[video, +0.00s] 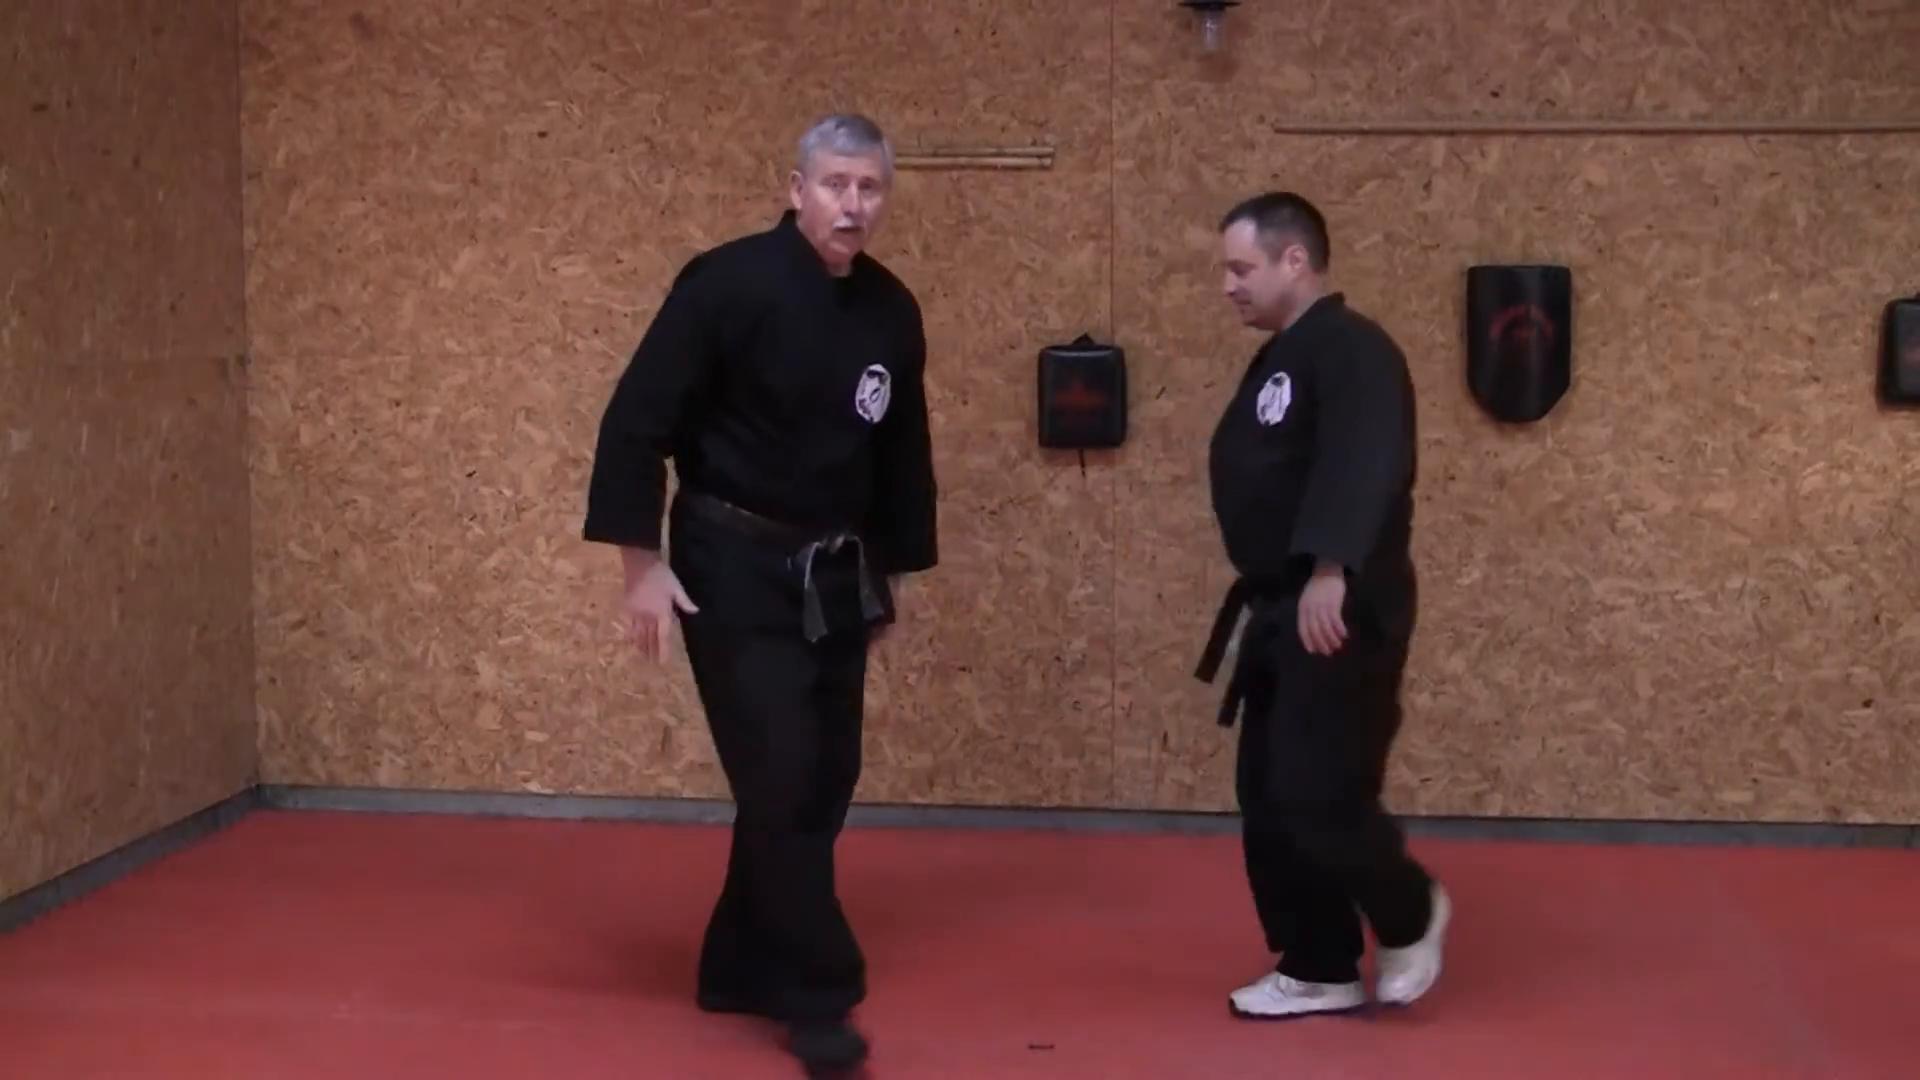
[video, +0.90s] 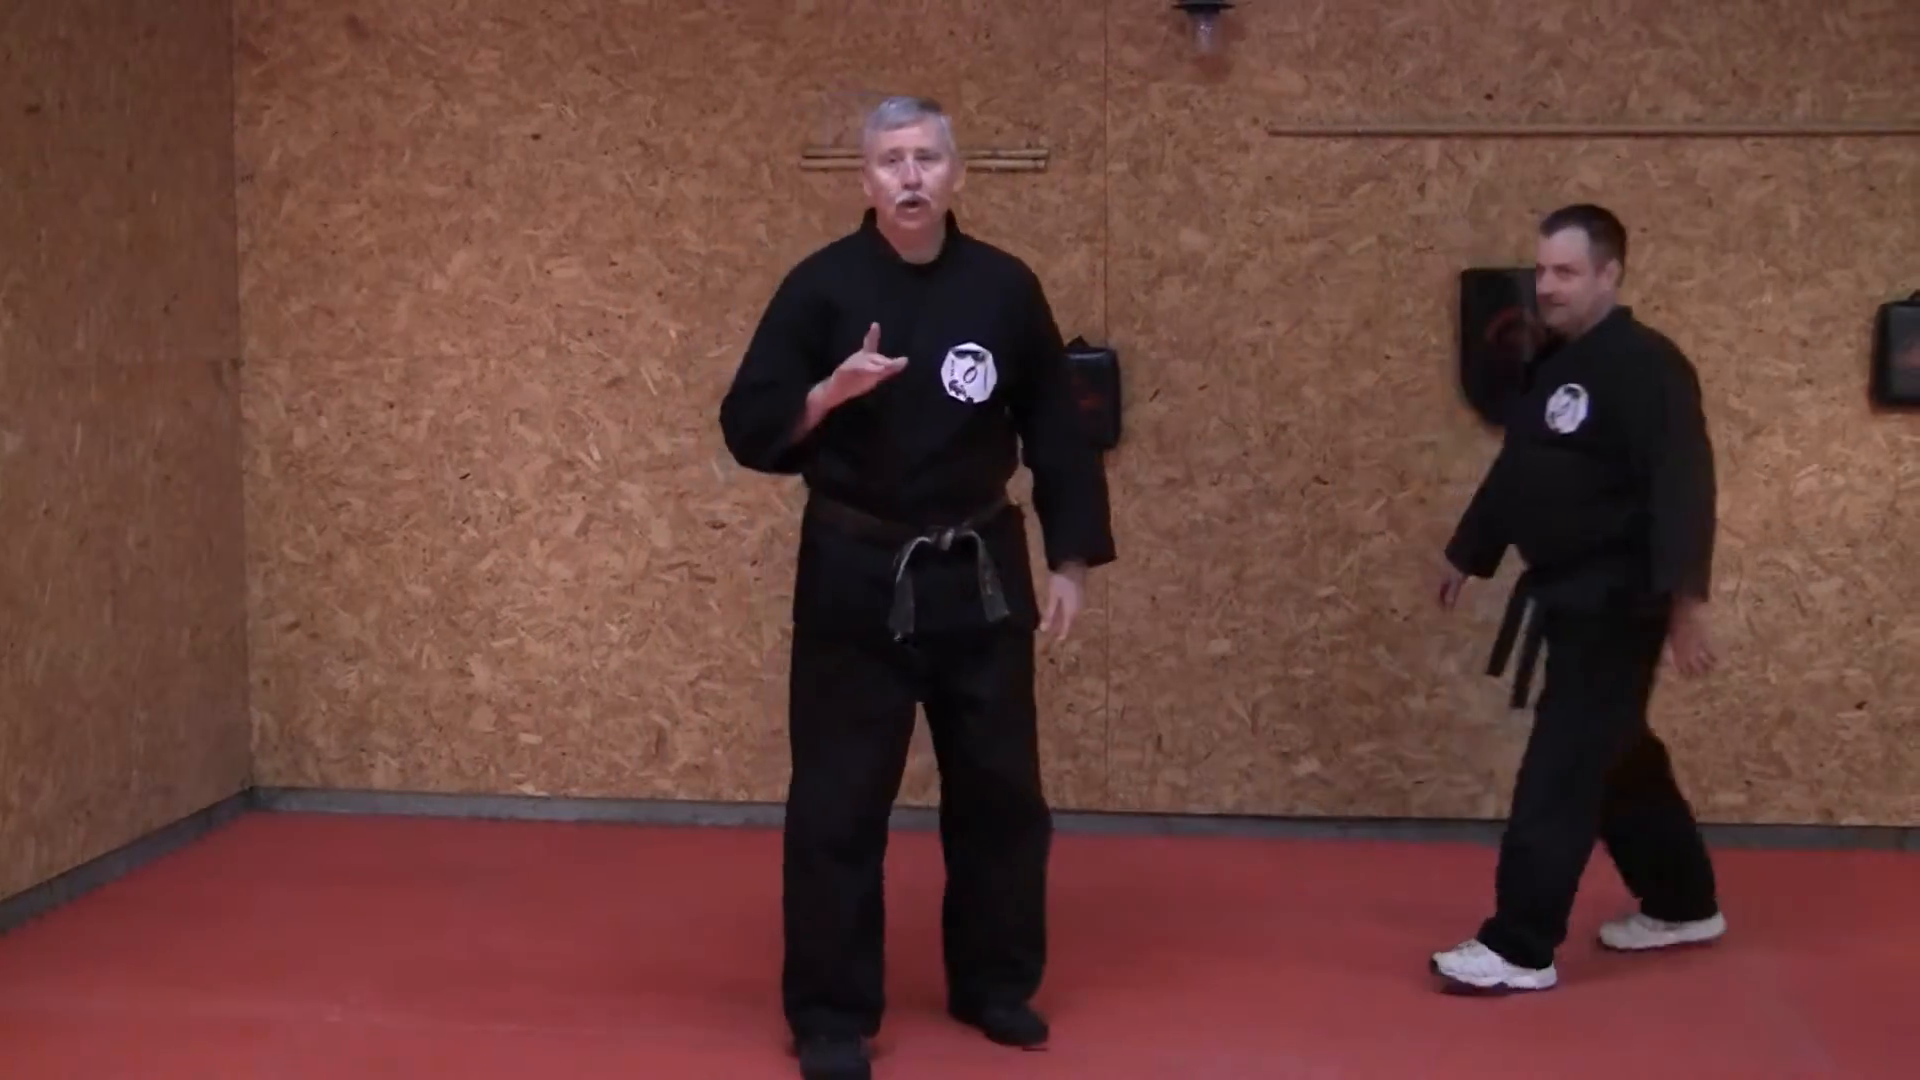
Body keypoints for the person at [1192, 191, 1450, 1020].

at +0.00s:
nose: (1229, 286)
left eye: (1241, 268)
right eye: (1225, 270)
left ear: (1296, 262)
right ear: (1287, 266)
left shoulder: (1354, 349)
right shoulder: (1281, 357)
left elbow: (1366, 460)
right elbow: (1287, 479)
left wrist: (1329, 566)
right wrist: (1264, 592)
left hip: (1352, 598)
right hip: (1288, 598)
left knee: (1320, 787)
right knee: (1269, 789)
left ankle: (1412, 914)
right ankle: (1319, 967)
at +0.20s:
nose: (1295, 300)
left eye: (1307, 282)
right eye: (1290, 285)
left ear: (1360, 273)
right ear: (1347, 280)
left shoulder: (1411, 361)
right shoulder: (1352, 367)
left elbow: (1393, 466)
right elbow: (1341, 481)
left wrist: (1322, 540)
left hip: (1410, 625)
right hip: (1352, 621)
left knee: (1427, 791)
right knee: (1321, 795)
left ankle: (1510, 936)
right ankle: (1323, 965)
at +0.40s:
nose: (1370, 306)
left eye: (1382, 288)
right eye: (1364, 291)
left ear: (1434, 277)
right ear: (1407, 285)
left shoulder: (1487, 367)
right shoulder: (1412, 368)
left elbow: (1465, 492)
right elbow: (1419, 489)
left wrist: (1380, 577)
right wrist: (1394, 572)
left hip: (1492, 620)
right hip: (1423, 616)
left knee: (1495, 788)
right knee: (1380, 784)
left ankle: (1518, 948)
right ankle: (1341, 939)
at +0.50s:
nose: (1403, 300)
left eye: (1415, 283)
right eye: (1398, 285)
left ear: (1466, 271)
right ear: (1445, 279)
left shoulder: (1518, 363)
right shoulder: (1439, 363)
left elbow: (1512, 494)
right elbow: (1451, 491)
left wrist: (1454, 599)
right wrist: (1426, 587)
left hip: (1518, 613)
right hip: (1450, 603)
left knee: (1509, 781)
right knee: (1409, 772)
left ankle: (1519, 950)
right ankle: (1403, 931)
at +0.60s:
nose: (1437, 288)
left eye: (1450, 272)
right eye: (1432, 273)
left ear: (1503, 266)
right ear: (1444, 273)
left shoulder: (1552, 364)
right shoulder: (1469, 356)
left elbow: (1556, 494)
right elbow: (1474, 489)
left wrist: (1545, 612)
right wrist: (1453, 594)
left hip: (1533, 611)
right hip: (1473, 603)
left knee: (1519, 777)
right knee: (1444, 762)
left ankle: (1524, 951)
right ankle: (1482, 919)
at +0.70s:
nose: (1471, 284)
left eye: (1486, 268)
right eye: (1467, 269)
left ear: (1540, 266)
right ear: (1476, 269)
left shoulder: (1587, 363)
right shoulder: (1498, 356)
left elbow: (1611, 490)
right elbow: (1490, 468)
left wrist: (1613, 601)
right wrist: (1446, 537)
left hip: (1552, 599)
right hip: (1495, 594)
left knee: (1525, 768)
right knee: (1505, 750)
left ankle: (1518, 950)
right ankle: (1590, 881)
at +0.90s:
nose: (1547, 286)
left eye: (1564, 272)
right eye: (1542, 272)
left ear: (1611, 276)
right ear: (1543, 275)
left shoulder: (1653, 367)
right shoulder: (1555, 366)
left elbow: (1686, 488)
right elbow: (1518, 467)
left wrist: (1686, 600)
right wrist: (1466, 555)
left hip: (1624, 601)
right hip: (1569, 597)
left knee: (1562, 764)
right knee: (1616, 752)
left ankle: (1520, 946)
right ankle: (1683, 905)